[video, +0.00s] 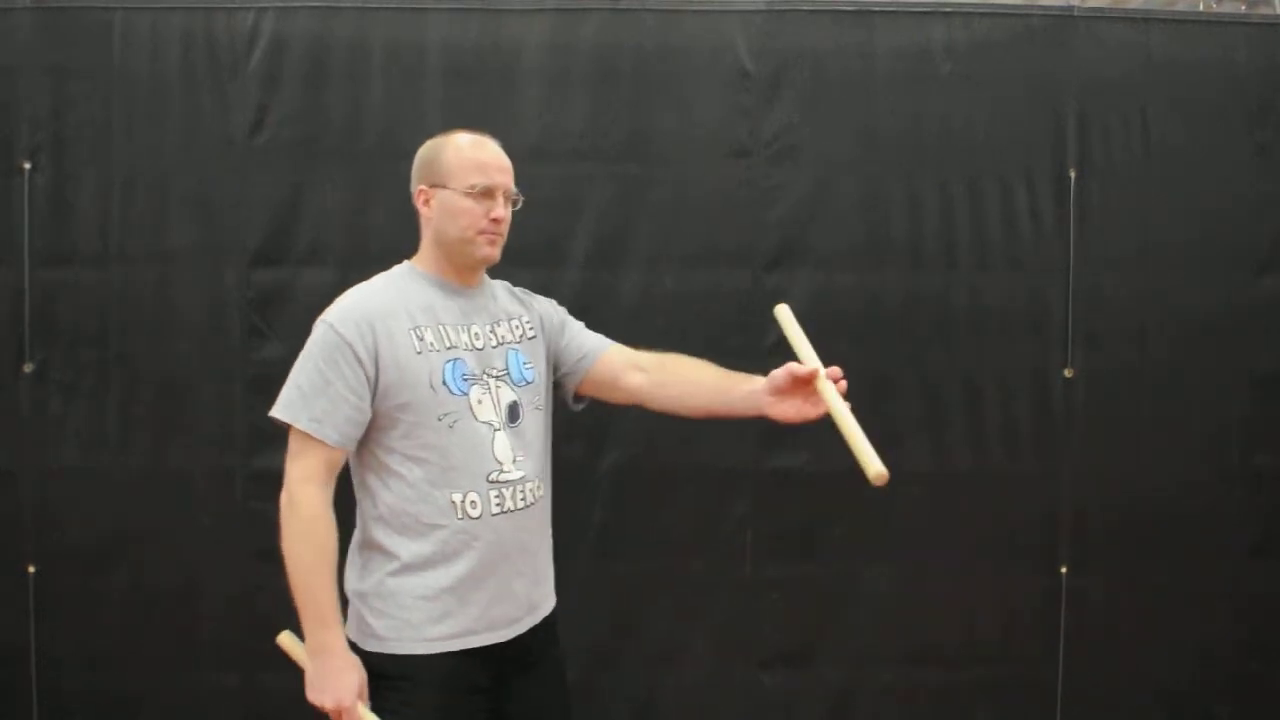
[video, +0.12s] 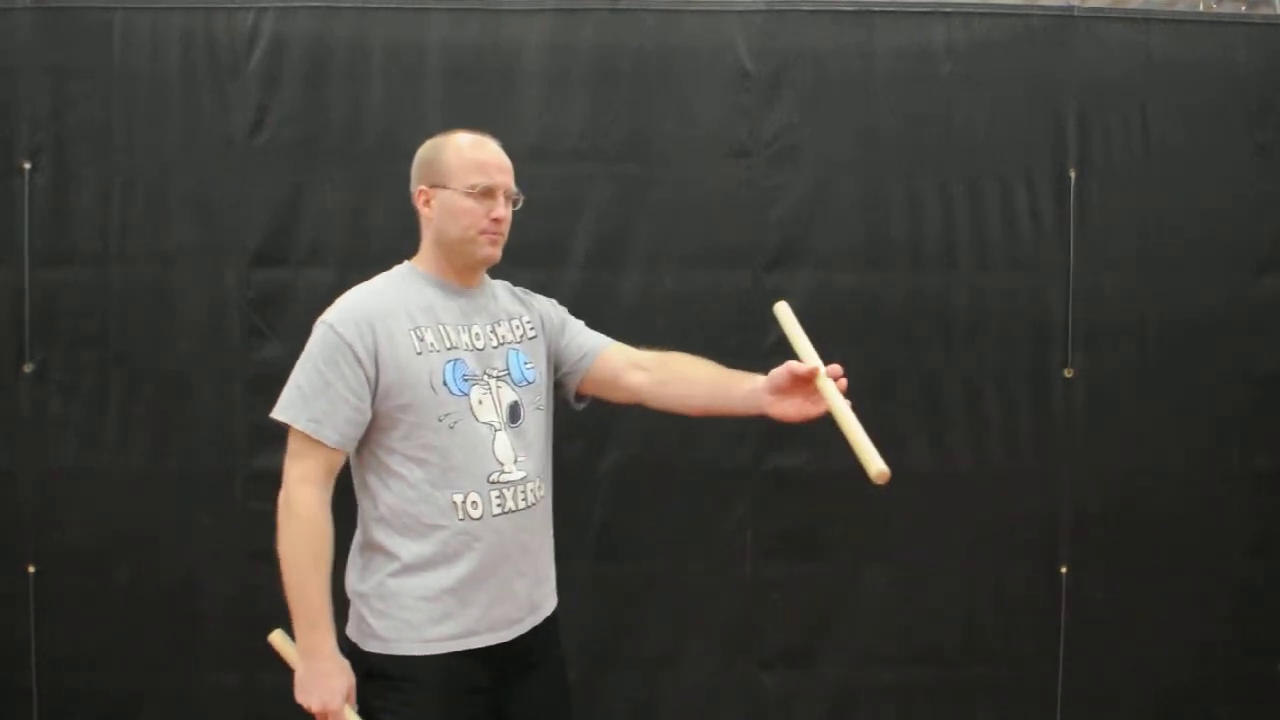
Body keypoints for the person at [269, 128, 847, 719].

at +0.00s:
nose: (501, 213)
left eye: (507, 198)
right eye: (481, 195)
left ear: (513, 206)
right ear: (424, 200)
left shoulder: (529, 315)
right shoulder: (359, 322)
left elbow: (635, 374)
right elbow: (305, 489)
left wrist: (761, 395)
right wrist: (327, 650)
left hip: (527, 633)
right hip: (411, 650)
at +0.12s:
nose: (502, 213)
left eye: (508, 197)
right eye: (482, 194)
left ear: (514, 206)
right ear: (425, 200)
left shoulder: (529, 315)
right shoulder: (360, 322)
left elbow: (637, 373)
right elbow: (304, 487)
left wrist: (761, 394)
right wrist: (317, 649)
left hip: (528, 634)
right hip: (412, 651)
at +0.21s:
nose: (503, 212)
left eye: (509, 197)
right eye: (483, 194)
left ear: (514, 205)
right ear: (425, 201)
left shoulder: (530, 315)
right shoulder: (359, 322)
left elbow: (637, 372)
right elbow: (304, 488)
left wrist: (761, 394)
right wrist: (315, 651)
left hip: (529, 634)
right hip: (412, 652)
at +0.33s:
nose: (503, 211)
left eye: (509, 196)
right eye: (483, 193)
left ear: (513, 205)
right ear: (426, 201)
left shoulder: (529, 315)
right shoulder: (360, 323)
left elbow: (639, 373)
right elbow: (304, 490)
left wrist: (763, 394)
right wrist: (317, 651)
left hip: (529, 636)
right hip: (413, 653)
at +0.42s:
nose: (504, 211)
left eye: (509, 196)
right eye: (484, 194)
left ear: (513, 205)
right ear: (426, 201)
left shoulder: (530, 315)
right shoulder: (360, 323)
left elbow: (639, 373)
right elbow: (306, 489)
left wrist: (764, 394)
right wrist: (322, 653)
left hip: (530, 636)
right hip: (414, 654)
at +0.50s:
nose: (505, 212)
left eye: (510, 196)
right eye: (485, 194)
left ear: (513, 205)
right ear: (426, 201)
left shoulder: (530, 315)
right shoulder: (361, 323)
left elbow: (640, 372)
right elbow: (307, 490)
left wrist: (766, 394)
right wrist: (327, 653)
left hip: (530, 635)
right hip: (415, 654)